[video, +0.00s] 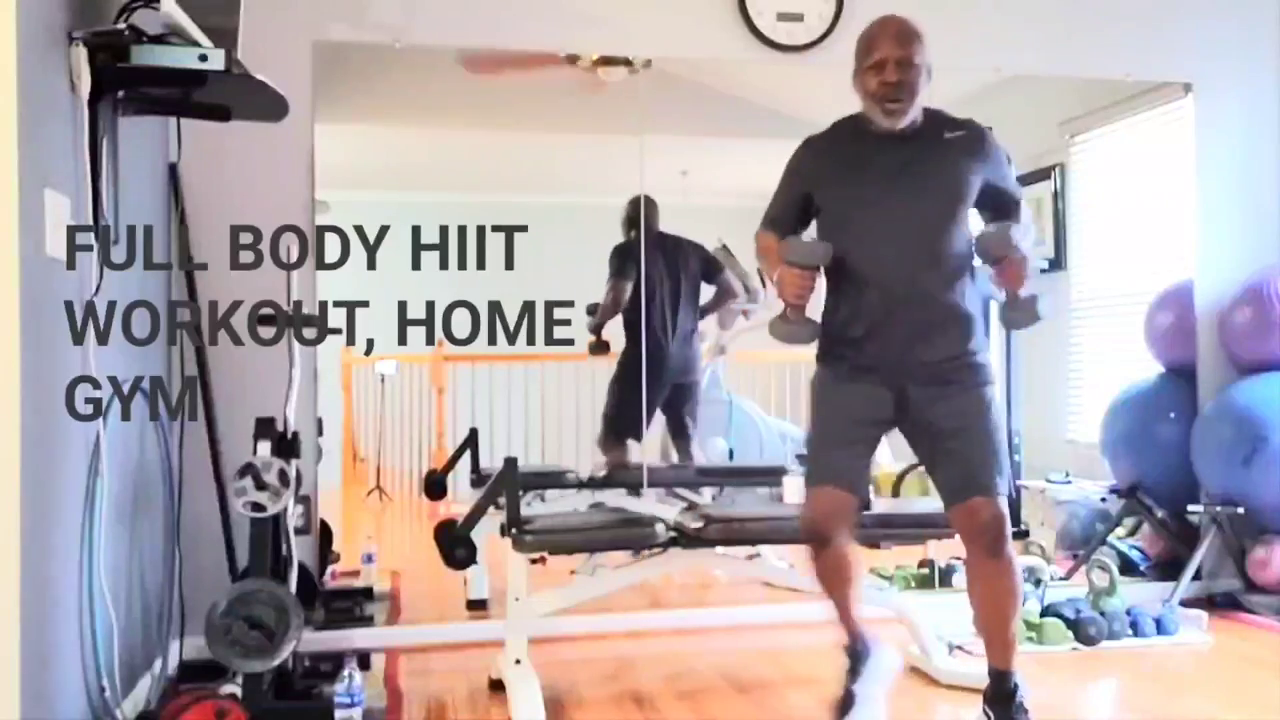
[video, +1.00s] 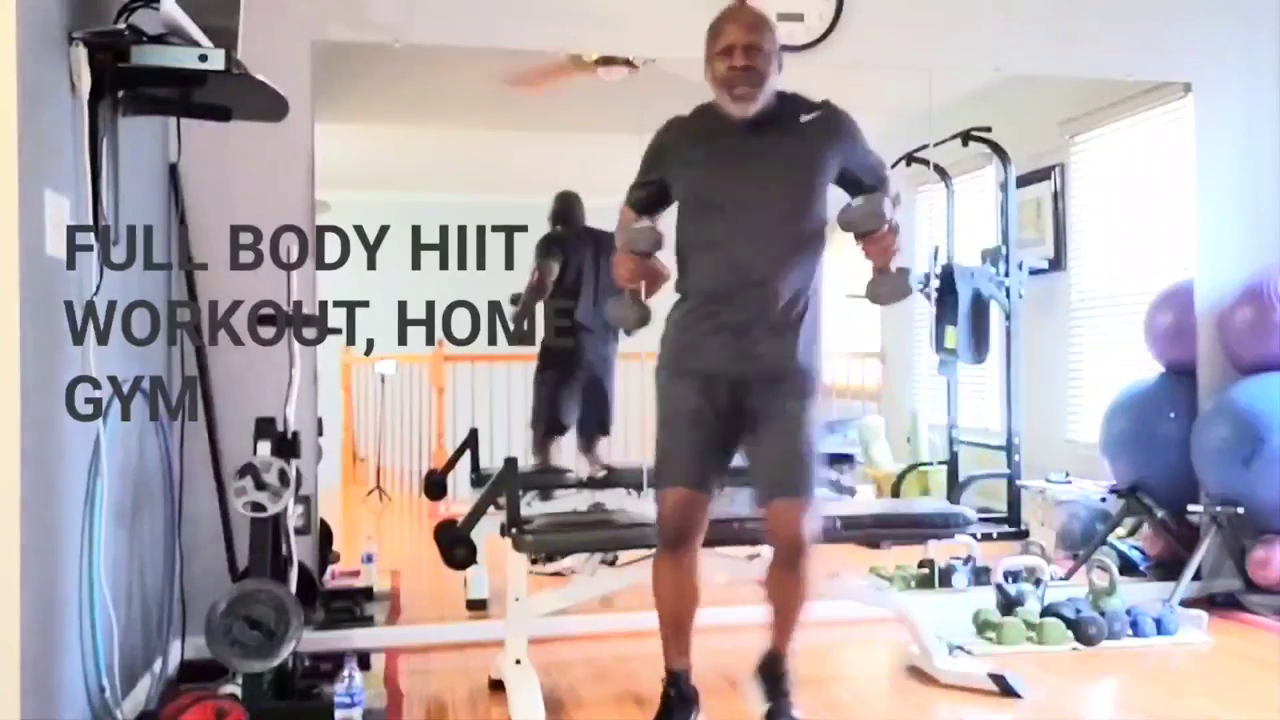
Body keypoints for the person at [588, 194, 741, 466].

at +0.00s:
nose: (623, 224)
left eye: (625, 219)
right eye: (624, 219)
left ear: (629, 220)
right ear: (657, 219)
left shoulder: (628, 250)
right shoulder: (689, 248)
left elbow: (618, 298)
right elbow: (731, 291)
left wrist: (597, 323)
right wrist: (698, 313)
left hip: (644, 362)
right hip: (685, 362)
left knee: (612, 439)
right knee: (685, 441)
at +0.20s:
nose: (632, 241)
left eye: (633, 235)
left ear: (634, 236)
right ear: (663, 235)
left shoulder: (631, 261)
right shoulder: (690, 261)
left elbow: (630, 289)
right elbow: (739, 286)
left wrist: (607, 333)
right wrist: (719, 322)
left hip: (651, 376)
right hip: (691, 376)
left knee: (625, 456)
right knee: (683, 456)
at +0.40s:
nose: (624, 232)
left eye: (624, 227)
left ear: (628, 226)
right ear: (656, 224)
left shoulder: (624, 254)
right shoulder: (691, 255)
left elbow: (609, 308)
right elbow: (719, 308)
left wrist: (602, 338)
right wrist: (686, 320)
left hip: (643, 359)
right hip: (686, 362)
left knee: (597, 434)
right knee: (685, 443)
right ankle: (701, 504)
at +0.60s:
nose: (609, 260)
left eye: (609, 256)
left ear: (609, 259)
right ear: (636, 258)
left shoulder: (601, 294)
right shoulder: (664, 289)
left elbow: (582, 347)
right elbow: (681, 335)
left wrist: (580, 366)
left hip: (624, 392)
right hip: (668, 390)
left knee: (567, 454)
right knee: (675, 459)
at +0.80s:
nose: (574, 235)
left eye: (574, 230)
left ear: (574, 232)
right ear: (602, 231)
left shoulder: (566, 266)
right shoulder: (632, 264)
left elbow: (548, 315)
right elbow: (655, 316)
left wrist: (549, 346)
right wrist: (622, 324)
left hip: (588, 364)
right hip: (629, 364)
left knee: (553, 441)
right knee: (642, 439)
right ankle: (674, 498)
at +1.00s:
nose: (554, 221)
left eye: (555, 215)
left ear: (555, 215)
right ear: (582, 213)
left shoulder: (553, 241)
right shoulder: (607, 240)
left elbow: (545, 280)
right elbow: (625, 281)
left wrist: (523, 309)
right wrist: (633, 304)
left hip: (563, 340)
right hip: (600, 339)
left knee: (549, 401)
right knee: (595, 402)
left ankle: (543, 460)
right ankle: (594, 462)